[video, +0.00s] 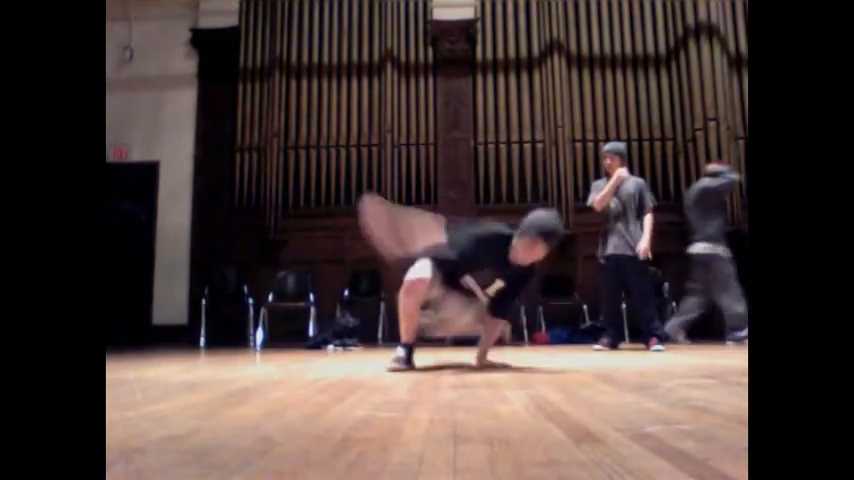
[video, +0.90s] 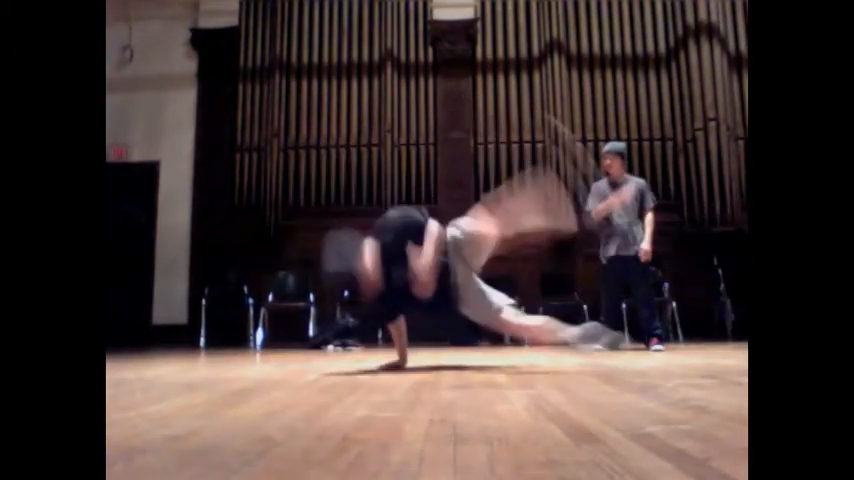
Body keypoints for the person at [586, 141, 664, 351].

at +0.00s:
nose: (608, 162)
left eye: (612, 158)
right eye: (605, 159)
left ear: (622, 160)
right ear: (603, 162)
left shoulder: (637, 183)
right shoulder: (599, 185)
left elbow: (648, 212)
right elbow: (597, 205)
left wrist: (645, 240)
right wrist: (615, 180)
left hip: (633, 248)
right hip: (609, 250)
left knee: (642, 296)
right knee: (610, 298)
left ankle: (652, 336)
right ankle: (610, 336)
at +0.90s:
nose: (607, 165)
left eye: (611, 160)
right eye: (604, 161)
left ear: (622, 162)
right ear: (602, 164)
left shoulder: (638, 185)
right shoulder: (598, 188)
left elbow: (648, 213)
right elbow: (590, 218)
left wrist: (647, 242)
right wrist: (610, 203)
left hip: (635, 247)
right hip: (610, 249)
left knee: (643, 294)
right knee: (611, 296)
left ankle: (653, 336)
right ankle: (612, 337)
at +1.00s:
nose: (610, 162)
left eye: (614, 158)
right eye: (607, 158)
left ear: (623, 160)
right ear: (605, 162)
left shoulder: (639, 184)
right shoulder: (598, 188)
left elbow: (651, 211)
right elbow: (592, 214)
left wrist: (647, 241)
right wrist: (608, 226)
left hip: (636, 250)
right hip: (611, 251)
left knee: (644, 296)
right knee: (610, 298)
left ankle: (653, 336)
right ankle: (609, 337)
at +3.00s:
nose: (612, 159)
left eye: (616, 155)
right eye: (609, 155)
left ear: (625, 158)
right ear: (606, 160)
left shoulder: (640, 185)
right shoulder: (598, 188)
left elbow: (649, 215)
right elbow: (595, 219)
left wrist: (652, 245)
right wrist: (595, 246)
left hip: (636, 251)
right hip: (610, 252)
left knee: (645, 297)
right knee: (610, 299)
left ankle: (653, 336)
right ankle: (609, 337)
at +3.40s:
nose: (611, 161)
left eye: (615, 156)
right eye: (608, 157)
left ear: (624, 159)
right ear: (605, 161)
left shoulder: (639, 184)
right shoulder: (598, 187)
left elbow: (644, 211)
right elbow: (595, 214)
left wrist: (627, 223)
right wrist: (611, 225)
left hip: (636, 252)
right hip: (611, 253)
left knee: (644, 296)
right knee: (610, 298)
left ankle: (653, 336)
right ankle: (609, 337)